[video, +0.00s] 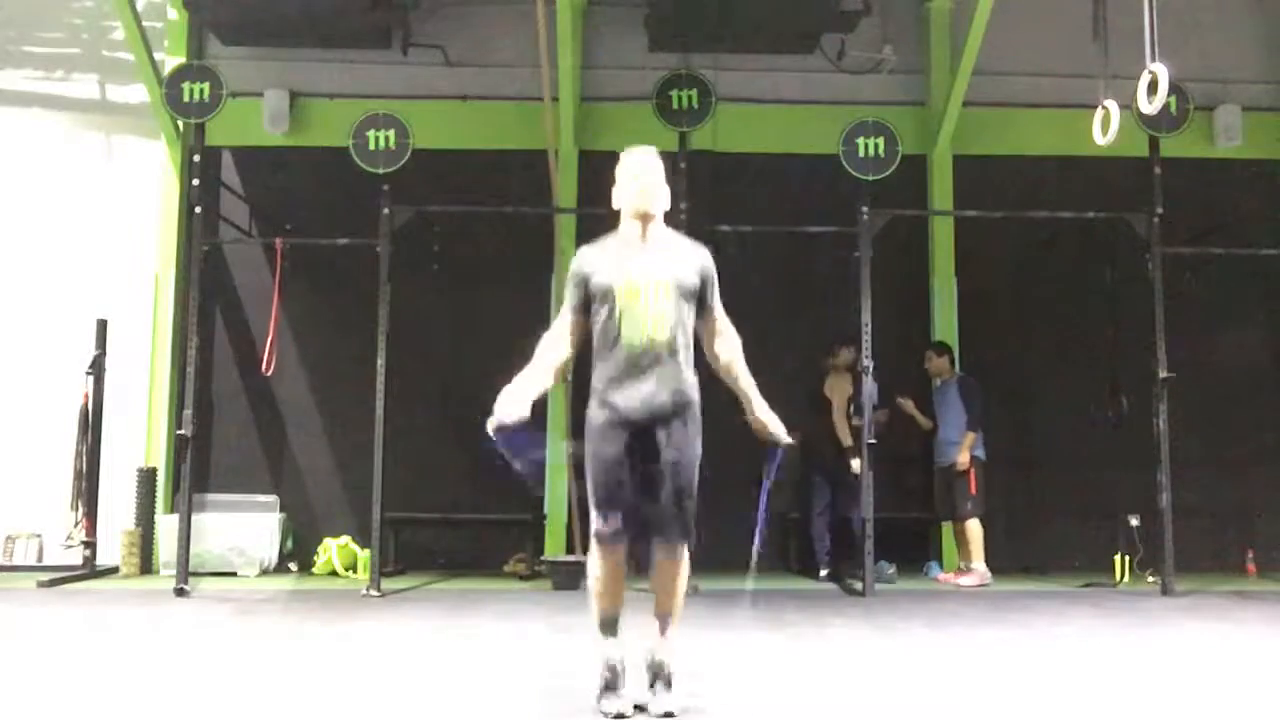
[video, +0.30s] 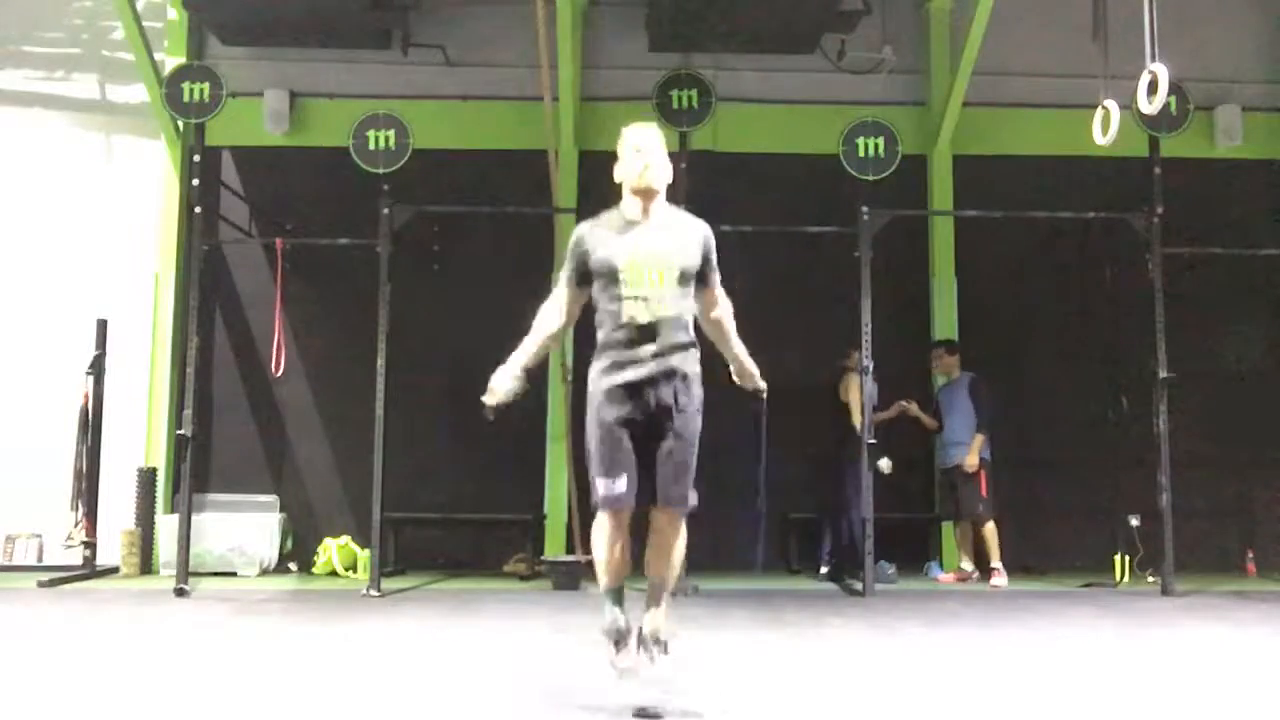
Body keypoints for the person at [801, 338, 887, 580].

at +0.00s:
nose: (852, 356)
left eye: (852, 351)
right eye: (847, 352)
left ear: (834, 360)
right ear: (836, 356)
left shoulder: (828, 379)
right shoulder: (841, 380)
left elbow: (836, 416)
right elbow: (839, 417)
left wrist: (866, 420)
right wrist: (851, 451)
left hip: (819, 449)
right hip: (836, 450)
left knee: (820, 508)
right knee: (852, 507)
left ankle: (823, 562)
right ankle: (864, 563)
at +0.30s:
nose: (864, 358)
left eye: (864, 353)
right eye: (859, 353)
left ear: (855, 358)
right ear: (851, 357)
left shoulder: (859, 380)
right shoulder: (852, 379)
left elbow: (866, 418)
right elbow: (857, 419)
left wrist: (893, 411)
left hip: (853, 450)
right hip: (850, 450)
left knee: (851, 506)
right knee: (853, 505)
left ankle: (843, 564)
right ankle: (850, 564)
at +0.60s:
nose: (878, 357)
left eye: (878, 352)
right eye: (875, 351)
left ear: (872, 357)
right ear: (868, 354)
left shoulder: (868, 380)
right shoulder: (859, 380)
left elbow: (875, 417)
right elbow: (863, 421)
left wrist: (899, 410)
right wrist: (898, 427)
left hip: (871, 447)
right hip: (862, 449)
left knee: (870, 506)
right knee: (865, 507)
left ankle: (864, 559)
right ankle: (868, 562)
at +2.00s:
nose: (894, 369)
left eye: (895, 365)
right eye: (893, 363)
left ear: (886, 364)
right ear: (883, 360)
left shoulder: (877, 383)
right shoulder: (862, 379)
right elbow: (857, 414)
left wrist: (879, 424)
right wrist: (876, 424)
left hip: (875, 444)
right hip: (862, 445)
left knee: (871, 503)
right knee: (861, 502)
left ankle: (863, 557)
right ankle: (860, 559)